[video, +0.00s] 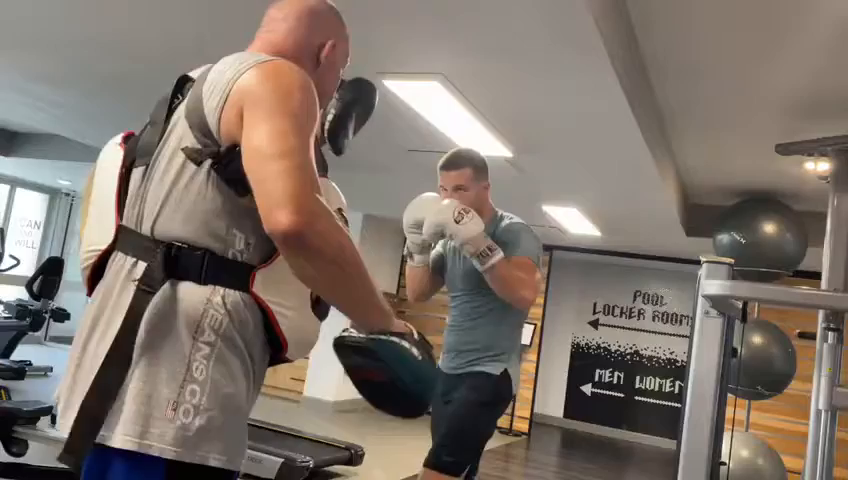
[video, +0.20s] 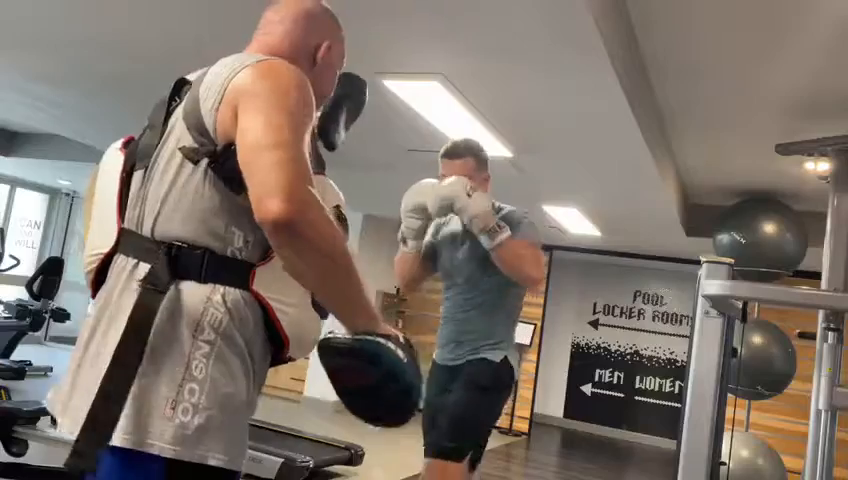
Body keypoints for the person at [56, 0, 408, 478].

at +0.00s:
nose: (335, 86)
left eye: (341, 73)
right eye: (341, 69)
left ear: (267, 35)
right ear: (326, 51)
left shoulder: (204, 80)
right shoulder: (276, 78)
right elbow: (294, 220)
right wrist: (380, 321)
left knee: (108, 465)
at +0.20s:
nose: (334, 87)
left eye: (339, 72)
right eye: (339, 68)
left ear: (263, 36)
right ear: (322, 52)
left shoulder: (198, 86)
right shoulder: (273, 78)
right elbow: (284, 210)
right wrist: (368, 324)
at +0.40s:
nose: (329, 96)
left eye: (334, 83)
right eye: (333, 80)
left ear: (260, 45)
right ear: (317, 62)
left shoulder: (199, 97)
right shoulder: (267, 79)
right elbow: (271, 194)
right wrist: (362, 311)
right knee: (176, 464)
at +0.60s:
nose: (328, 100)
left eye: (333, 87)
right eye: (332, 84)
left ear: (265, 47)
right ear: (318, 65)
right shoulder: (263, 79)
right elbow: (277, 185)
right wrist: (370, 271)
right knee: (169, 467)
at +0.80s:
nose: (315, 90)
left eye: (318, 79)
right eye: (317, 76)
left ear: (247, 43)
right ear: (304, 58)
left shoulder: (188, 93)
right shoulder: (262, 83)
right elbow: (385, 194)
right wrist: (430, 176)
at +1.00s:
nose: (315, 62)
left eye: (320, 52)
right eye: (318, 49)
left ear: (236, 18)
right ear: (303, 36)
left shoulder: (160, 70)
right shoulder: (272, 71)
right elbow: (410, 181)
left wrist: (301, 96)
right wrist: (392, 97)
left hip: (85, 306)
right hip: (170, 330)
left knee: (77, 460)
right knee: (145, 465)